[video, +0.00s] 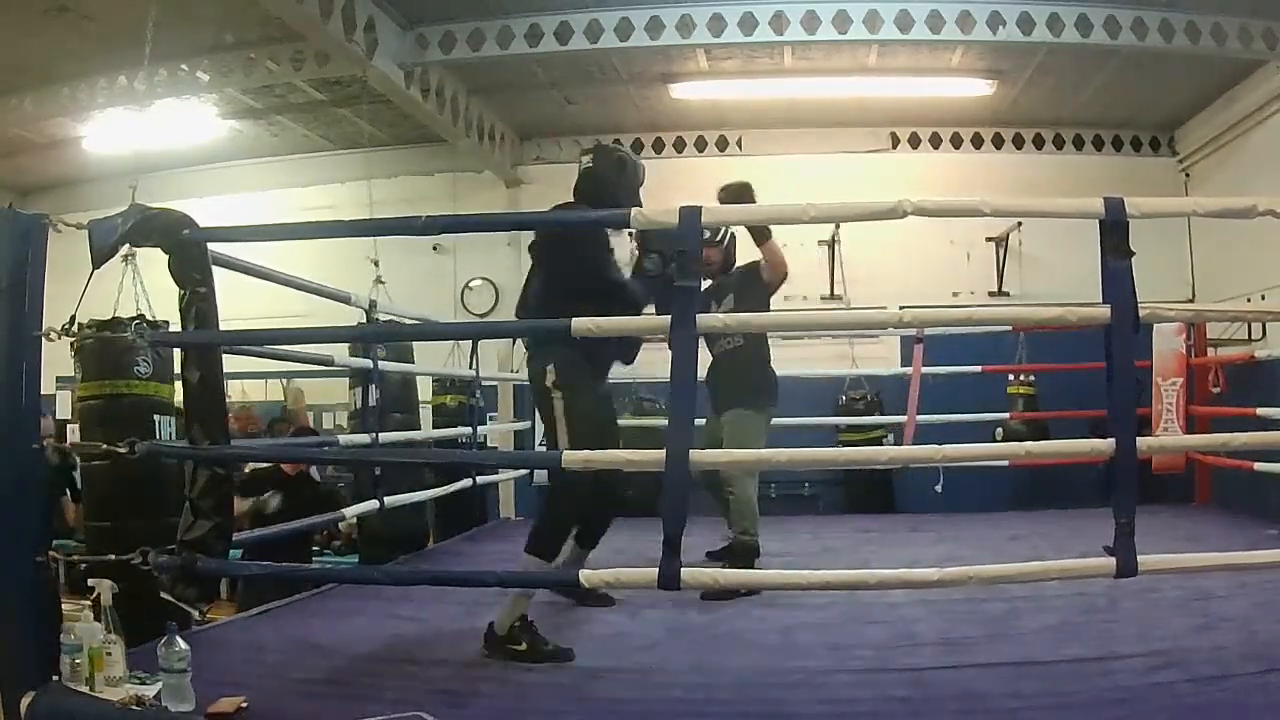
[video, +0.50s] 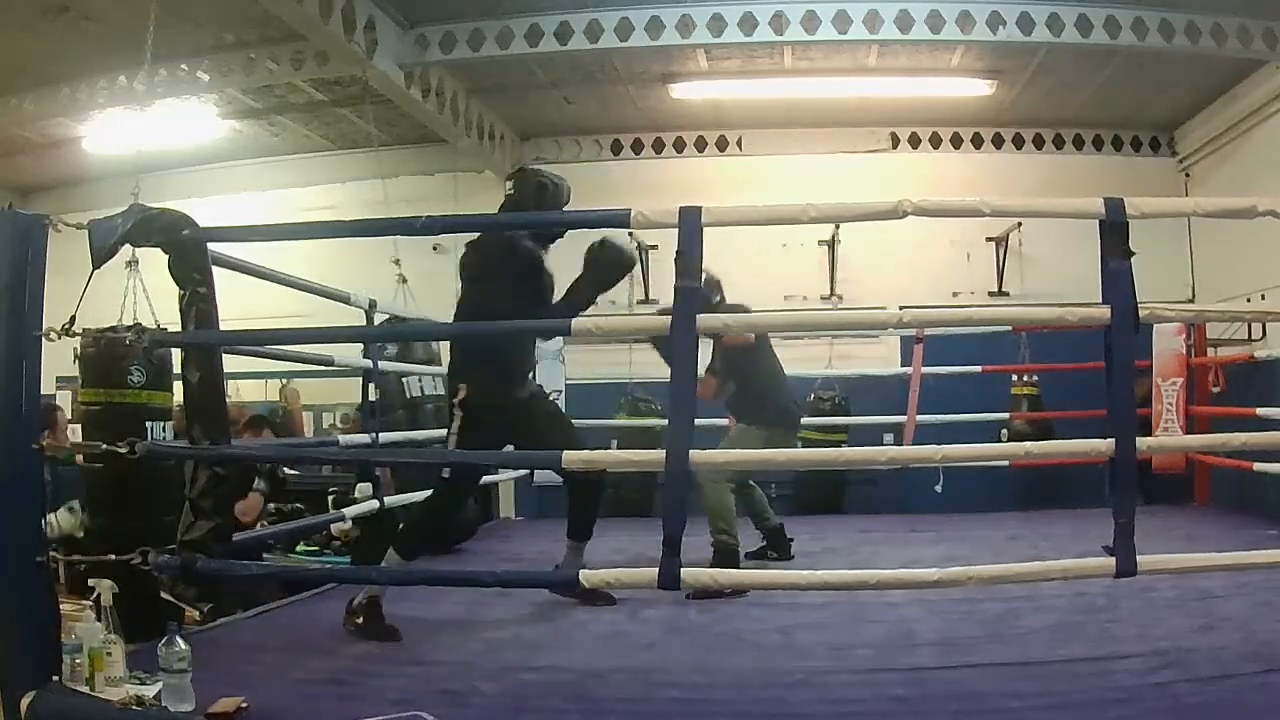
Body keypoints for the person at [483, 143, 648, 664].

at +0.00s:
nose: (635, 203)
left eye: (635, 194)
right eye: (632, 193)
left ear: (592, 181)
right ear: (613, 189)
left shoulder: (586, 229)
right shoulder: (576, 228)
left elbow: (610, 298)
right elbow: (612, 300)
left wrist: (639, 278)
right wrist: (643, 287)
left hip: (581, 370)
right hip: (562, 371)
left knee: (610, 483)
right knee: (575, 487)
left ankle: (566, 574)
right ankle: (507, 622)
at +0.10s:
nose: (625, 191)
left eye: (626, 182)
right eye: (621, 180)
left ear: (585, 172)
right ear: (596, 175)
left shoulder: (573, 217)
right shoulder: (562, 217)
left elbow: (603, 296)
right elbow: (605, 296)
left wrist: (633, 255)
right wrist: (633, 251)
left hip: (570, 355)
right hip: (550, 355)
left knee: (582, 463)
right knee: (536, 468)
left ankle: (563, 577)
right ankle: (504, 611)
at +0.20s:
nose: (605, 190)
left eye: (605, 181)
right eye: (601, 181)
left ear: (563, 171)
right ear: (582, 176)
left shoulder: (537, 209)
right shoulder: (565, 211)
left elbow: (604, 276)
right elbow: (611, 280)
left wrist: (620, 224)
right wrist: (630, 232)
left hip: (542, 345)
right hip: (540, 346)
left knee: (568, 461)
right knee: (535, 461)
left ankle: (560, 579)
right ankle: (456, 586)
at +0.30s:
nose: (589, 194)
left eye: (589, 187)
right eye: (587, 186)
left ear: (545, 175)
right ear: (573, 180)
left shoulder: (515, 206)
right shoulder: (559, 207)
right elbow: (593, 276)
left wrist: (593, 217)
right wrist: (613, 224)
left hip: (514, 348)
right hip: (526, 350)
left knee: (562, 462)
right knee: (512, 470)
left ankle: (561, 579)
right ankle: (414, 576)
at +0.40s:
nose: (572, 206)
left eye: (573, 199)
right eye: (569, 198)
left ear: (529, 185)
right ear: (556, 191)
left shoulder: (507, 220)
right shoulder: (543, 219)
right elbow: (572, 288)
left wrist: (588, 226)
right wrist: (602, 228)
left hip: (495, 366)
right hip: (504, 368)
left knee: (576, 467)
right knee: (476, 496)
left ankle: (564, 579)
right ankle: (382, 582)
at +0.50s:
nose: (560, 225)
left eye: (561, 216)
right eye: (556, 214)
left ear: (517, 201)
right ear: (537, 207)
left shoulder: (509, 250)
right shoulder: (509, 253)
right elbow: (546, 324)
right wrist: (593, 280)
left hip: (518, 392)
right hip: (488, 396)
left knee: (590, 468)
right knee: (450, 504)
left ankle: (570, 569)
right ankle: (369, 595)